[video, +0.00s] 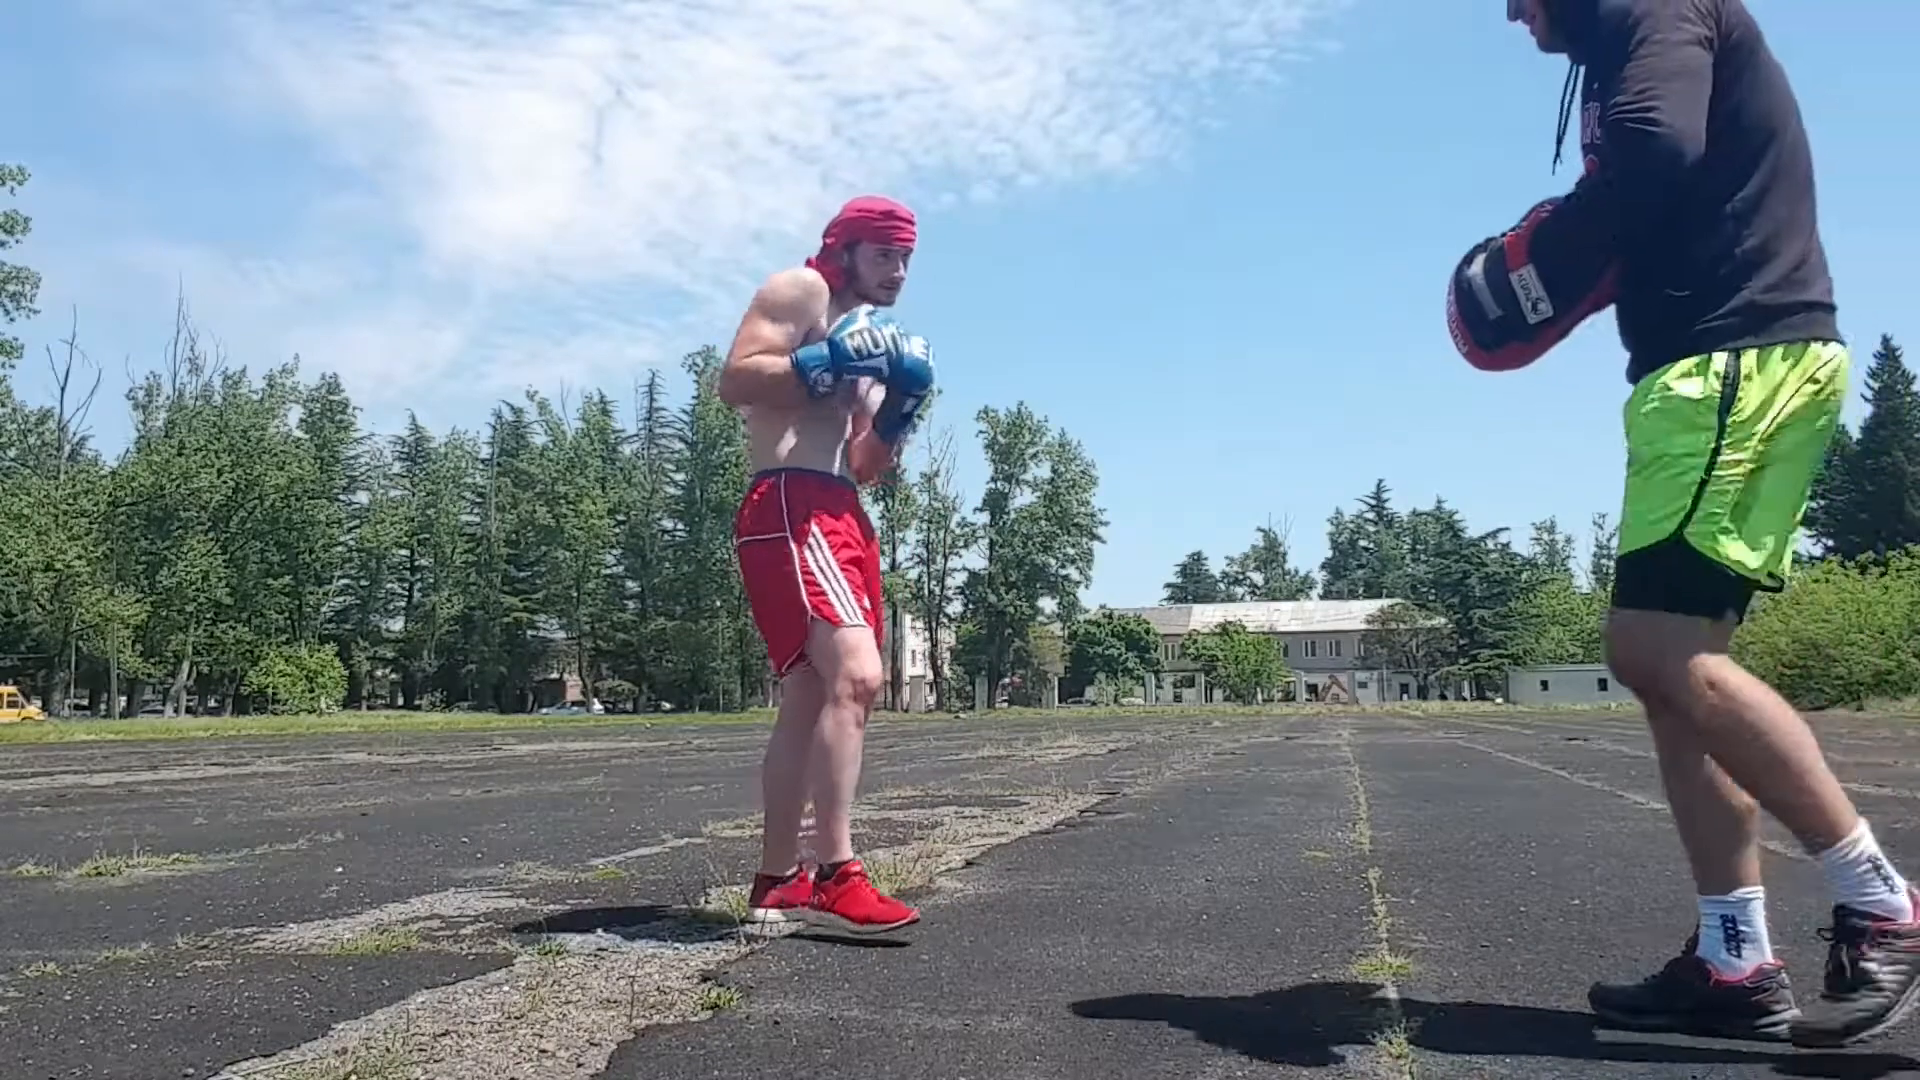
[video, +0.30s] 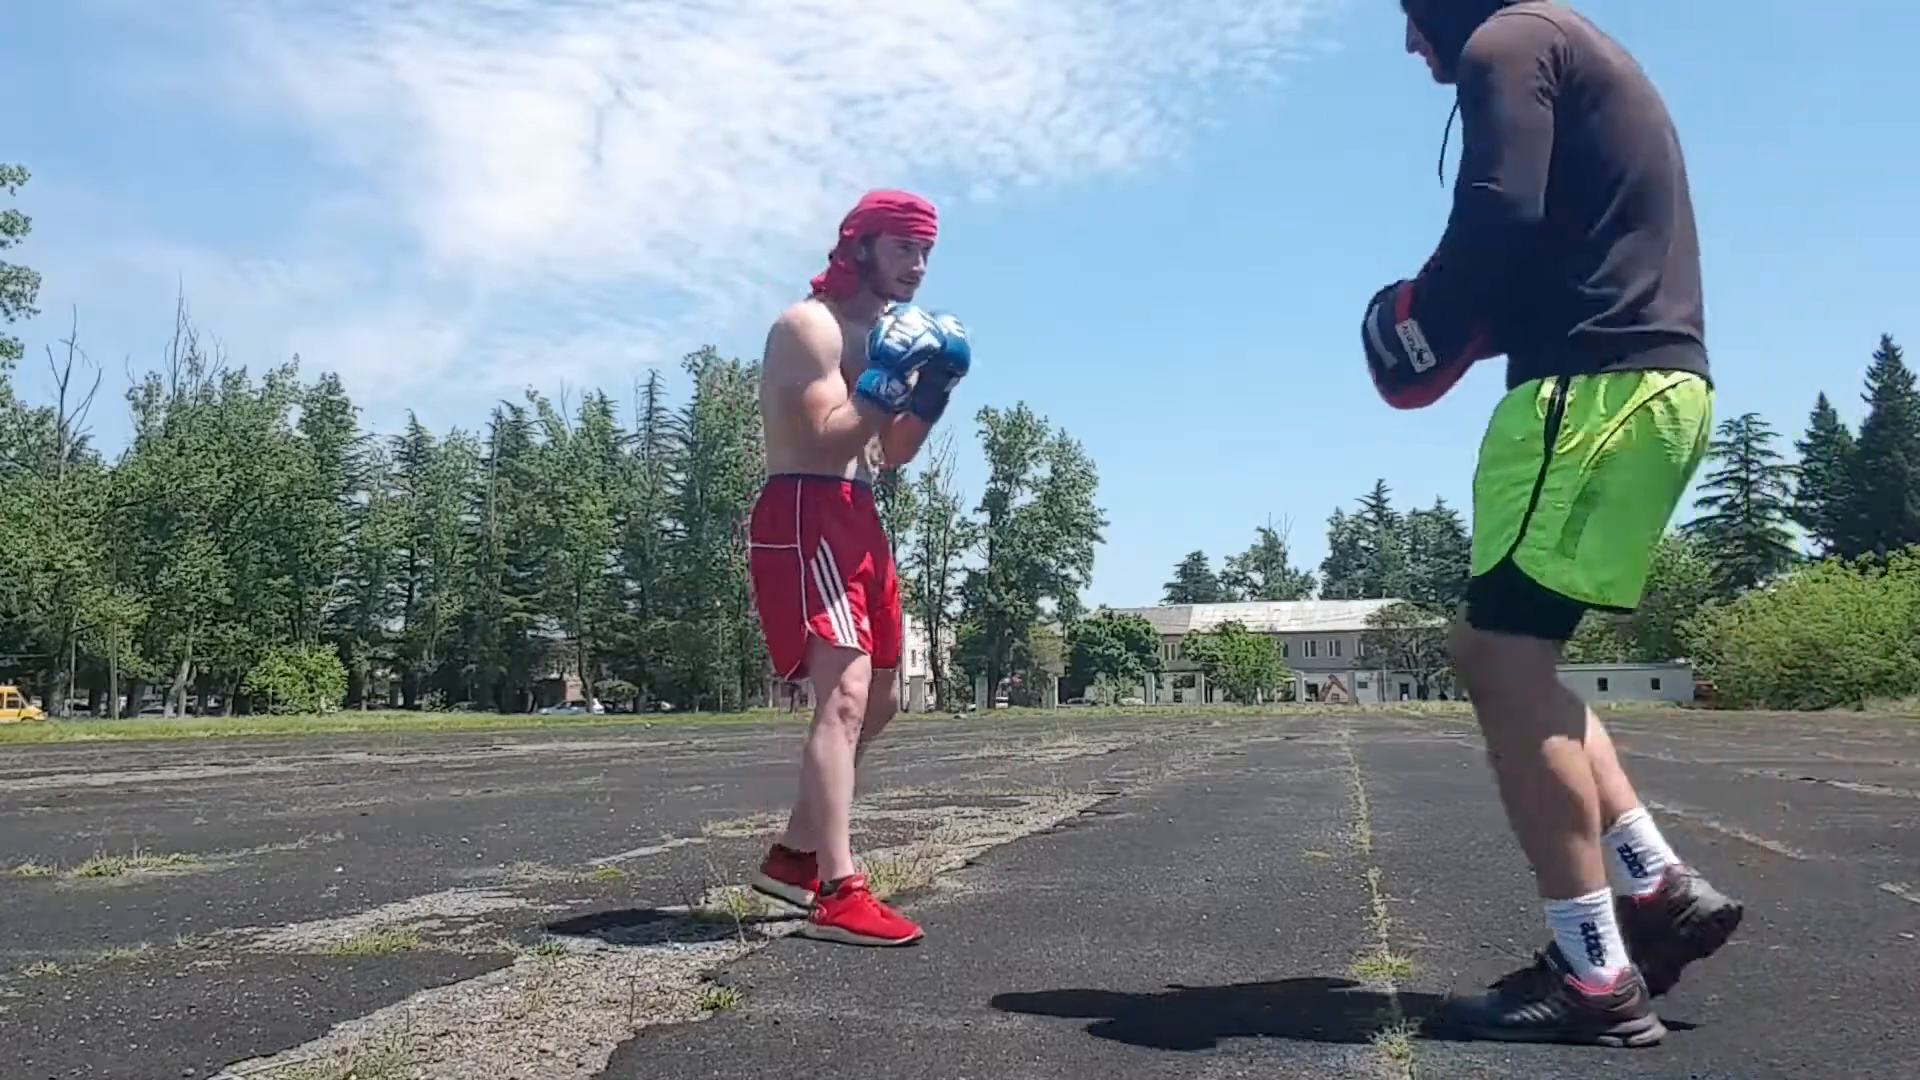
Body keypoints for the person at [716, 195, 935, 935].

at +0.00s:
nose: (899, 271)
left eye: (906, 259)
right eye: (886, 256)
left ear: (903, 264)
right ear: (842, 252)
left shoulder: (867, 339)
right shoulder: (801, 290)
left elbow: (864, 469)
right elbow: (733, 381)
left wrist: (897, 413)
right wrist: (827, 358)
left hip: (842, 517)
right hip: (792, 508)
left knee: (804, 701)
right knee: (855, 677)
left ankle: (778, 878)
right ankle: (835, 873)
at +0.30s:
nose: (917, 263)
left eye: (924, 252)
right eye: (905, 247)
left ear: (918, 262)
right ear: (859, 246)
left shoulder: (879, 338)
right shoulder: (806, 323)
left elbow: (892, 452)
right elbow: (824, 431)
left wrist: (934, 393)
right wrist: (889, 384)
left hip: (857, 516)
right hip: (807, 514)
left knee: (880, 698)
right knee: (843, 697)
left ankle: (795, 850)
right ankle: (839, 887)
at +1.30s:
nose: (960, 294)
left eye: (962, 283)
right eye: (947, 281)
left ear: (945, 292)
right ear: (905, 284)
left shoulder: (933, 368)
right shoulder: (863, 340)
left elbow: (950, 463)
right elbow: (878, 429)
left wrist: (980, 389)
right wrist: (969, 419)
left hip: (895, 536)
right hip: (851, 532)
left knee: (912, 697)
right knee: (937, 667)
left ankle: (850, 859)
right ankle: (878, 841)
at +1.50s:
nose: (990, 276)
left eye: (992, 265)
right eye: (979, 261)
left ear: (964, 270)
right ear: (937, 258)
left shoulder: (926, 351)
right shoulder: (909, 296)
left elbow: (931, 456)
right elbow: (900, 341)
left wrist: (984, 386)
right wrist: (976, 311)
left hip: (867, 519)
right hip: (872, 511)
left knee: (884, 697)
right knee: (934, 667)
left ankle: (859, 852)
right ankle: (865, 845)